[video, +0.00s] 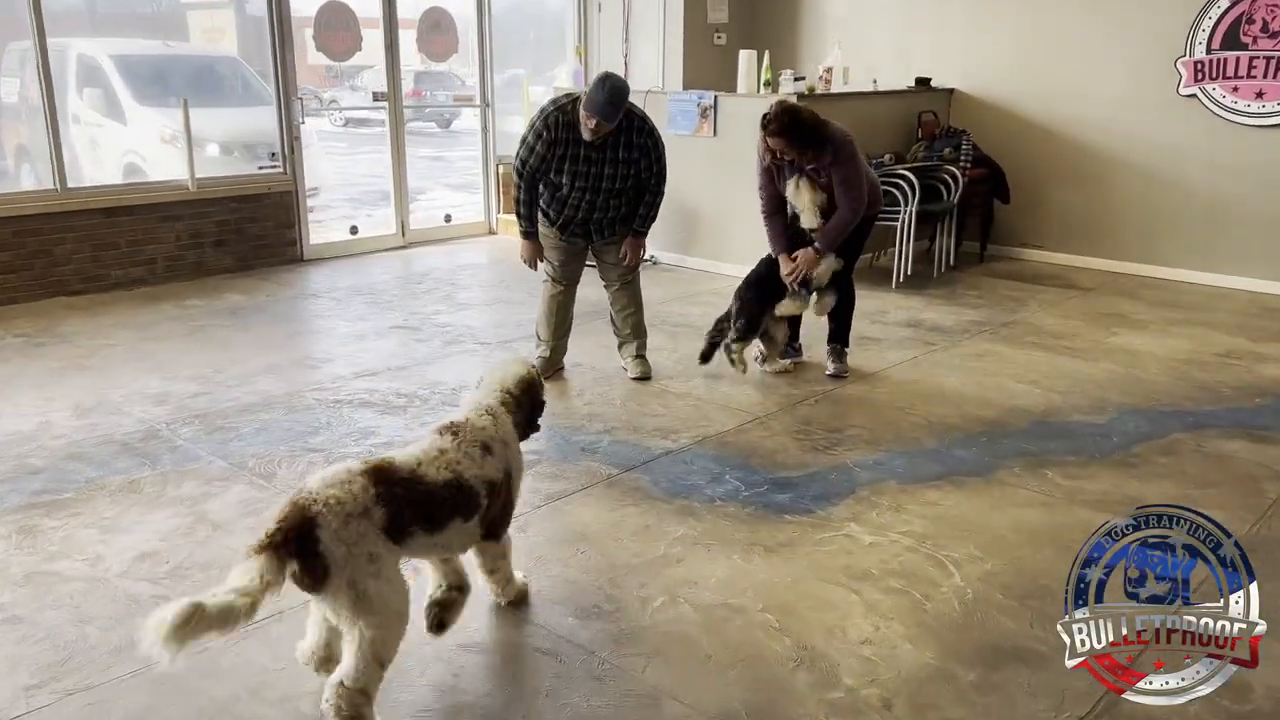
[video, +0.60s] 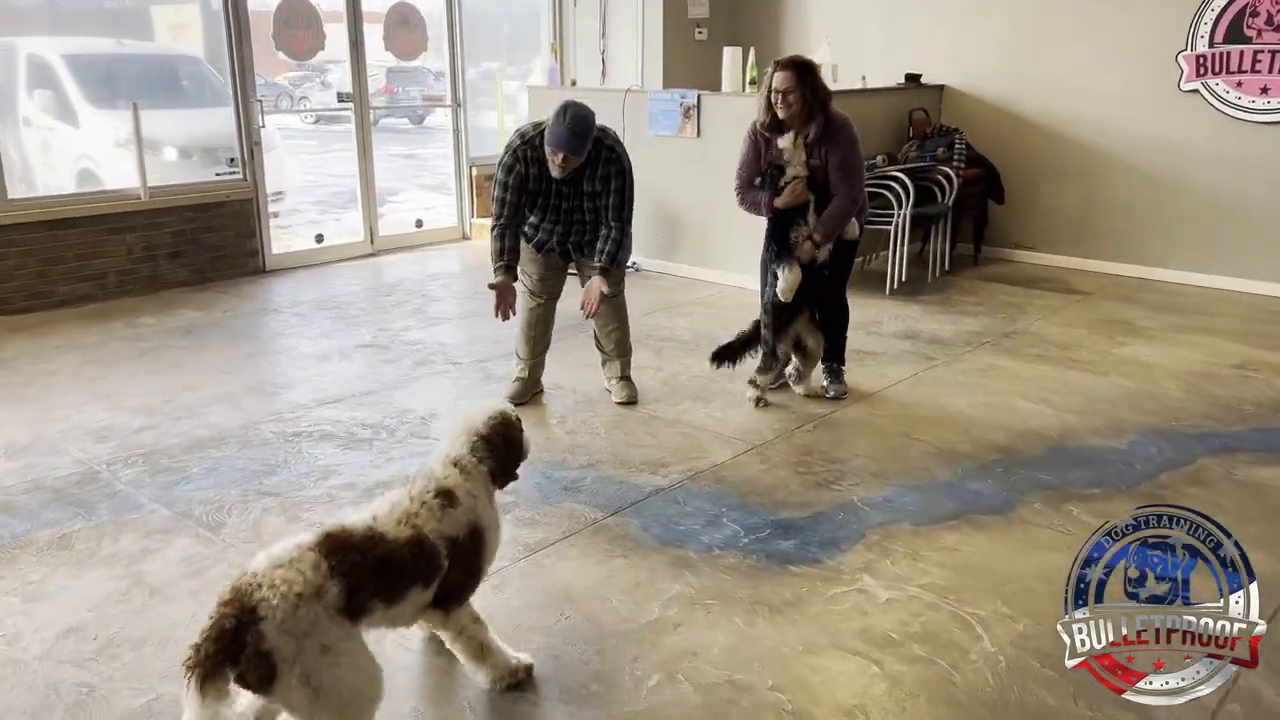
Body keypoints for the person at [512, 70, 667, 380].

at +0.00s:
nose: (592, 125)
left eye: (602, 122)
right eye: (588, 116)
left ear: (618, 117)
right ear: (582, 101)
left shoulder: (640, 131)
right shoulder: (552, 120)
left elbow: (655, 183)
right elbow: (524, 174)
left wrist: (639, 233)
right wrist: (528, 235)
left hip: (615, 224)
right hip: (561, 221)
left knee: (624, 288)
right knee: (557, 289)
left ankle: (634, 353)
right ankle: (548, 356)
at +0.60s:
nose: (559, 160)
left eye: (569, 156)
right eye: (553, 152)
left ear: (587, 146)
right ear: (546, 137)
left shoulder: (610, 154)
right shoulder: (522, 148)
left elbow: (617, 220)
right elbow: (505, 215)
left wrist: (602, 275)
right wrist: (504, 274)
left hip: (594, 236)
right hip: (541, 235)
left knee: (610, 303)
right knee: (535, 304)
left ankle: (618, 376)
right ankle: (527, 377)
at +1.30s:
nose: (541, 158)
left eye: (552, 148)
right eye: (533, 147)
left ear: (567, 139)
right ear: (520, 138)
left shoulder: (594, 166)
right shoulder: (493, 164)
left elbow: (593, 244)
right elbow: (488, 242)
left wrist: (557, 298)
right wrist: (525, 296)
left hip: (582, 248)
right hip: (522, 248)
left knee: (589, 317)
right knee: (513, 319)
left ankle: (604, 405)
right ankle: (505, 405)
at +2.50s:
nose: (505, 141)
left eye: (519, 132)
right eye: (497, 127)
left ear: (541, 127)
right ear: (485, 118)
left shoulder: (569, 165)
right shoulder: (455, 157)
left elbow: (577, 255)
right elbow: (442, 246)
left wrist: (541, 322)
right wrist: (481, 313)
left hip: (553, 269)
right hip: (485, 266)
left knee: (561, 349)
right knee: (473, 348)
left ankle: (574, 447)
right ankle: (462, 444)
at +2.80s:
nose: (504, 127)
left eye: (519, 117)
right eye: (495, 113)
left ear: (539, 114)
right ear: (482, 105)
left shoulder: (565, 155)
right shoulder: (450, 147)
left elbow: (576, 245)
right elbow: (437, 239)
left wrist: (540, 314)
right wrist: (477, 308)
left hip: (545, 269)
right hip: (475, 267)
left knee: (556, 351)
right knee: (466, 350)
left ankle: (569, 446)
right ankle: (455, 444)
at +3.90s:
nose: (602, 229)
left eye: (611, 226)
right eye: (592, 219)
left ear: (629, 185)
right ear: (572, 188)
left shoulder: (643, 173)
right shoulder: (529, 192)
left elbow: (658, 227)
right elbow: (523, 282)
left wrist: (660, 294)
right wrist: (575, 339)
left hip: (596, 240)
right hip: (516, 242)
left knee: (604, 334)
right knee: (519, 334)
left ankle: (615, 438)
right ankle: (503, 440)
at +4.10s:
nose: (590, 259)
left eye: (601, 253)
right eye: (580, 246)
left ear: (619, 209)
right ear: (562, 212)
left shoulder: (641, 196)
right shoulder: (524, 209)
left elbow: (658, 269)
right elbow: (514, 291)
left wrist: (645, 338)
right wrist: (568, 338)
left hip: (605, 252)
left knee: (607, 339)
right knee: (521, 338)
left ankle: (615, 440)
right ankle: (506, 445)